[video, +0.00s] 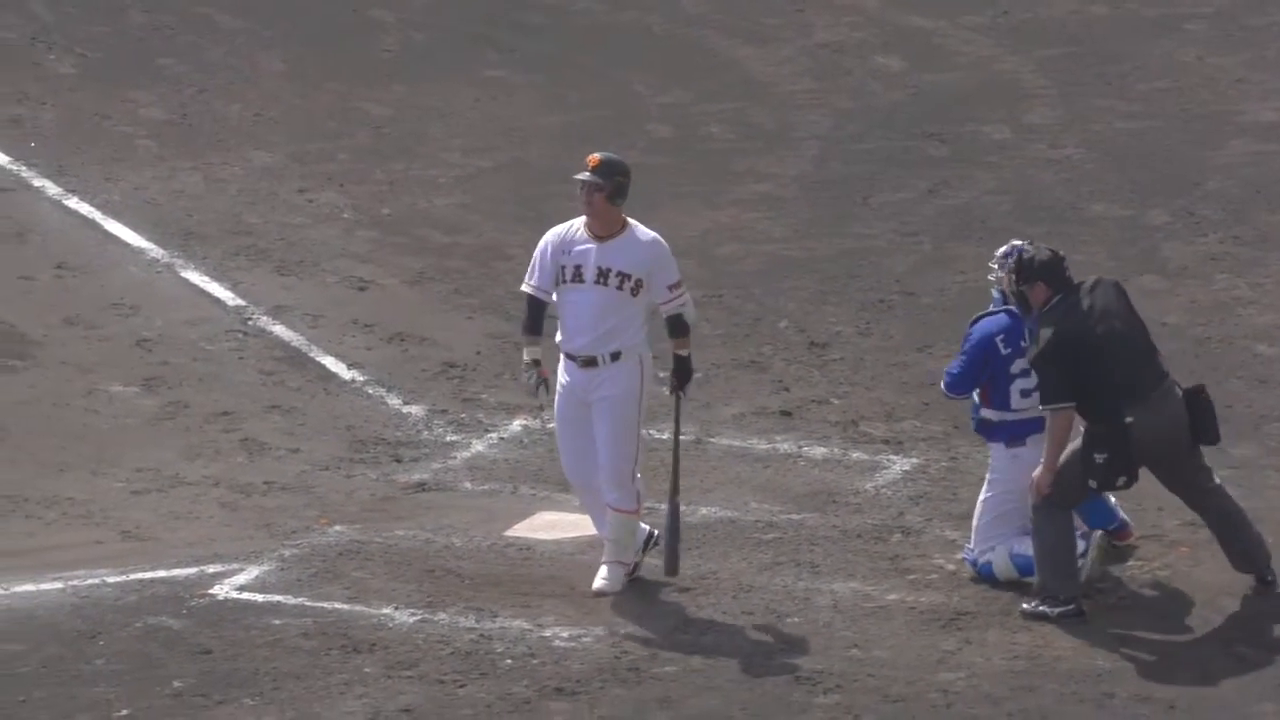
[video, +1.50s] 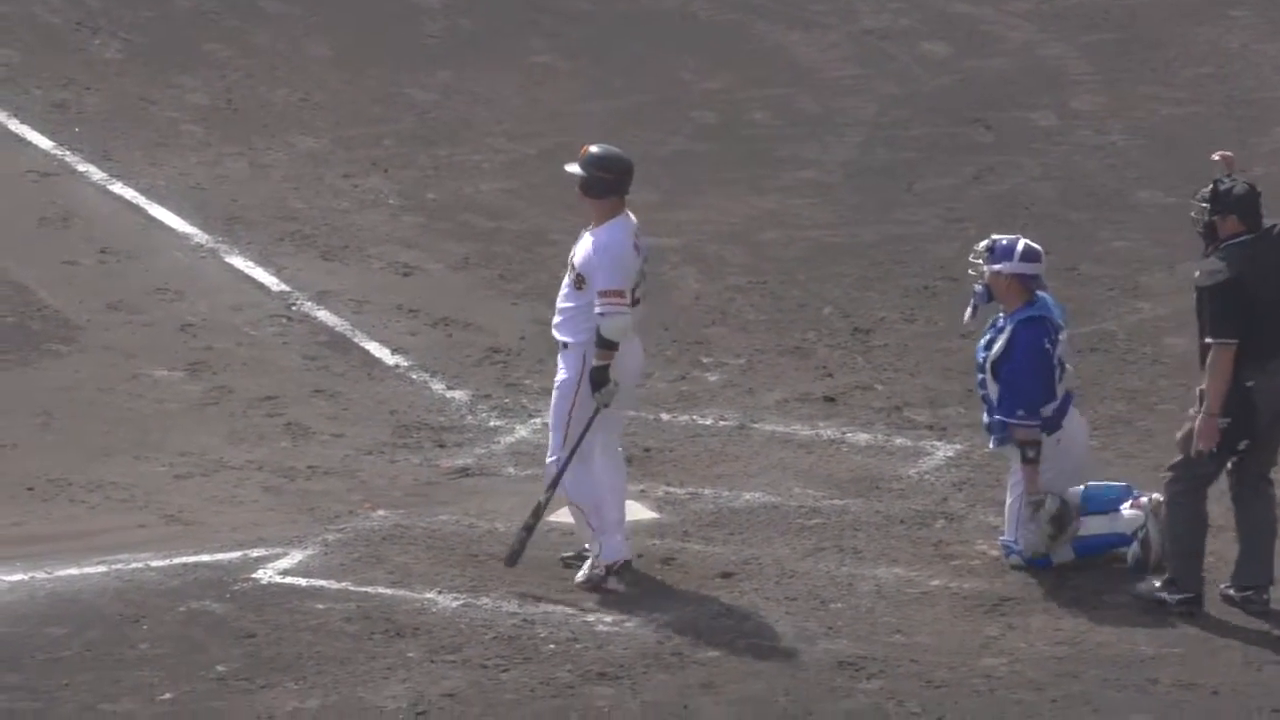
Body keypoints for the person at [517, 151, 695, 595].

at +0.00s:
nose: (586, 196)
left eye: (595, 190)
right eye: (584, 188)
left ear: (617, 195)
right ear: (581, 191)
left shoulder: (649, 247)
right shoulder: (558, 240)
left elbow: (675, 309)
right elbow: (536, 302)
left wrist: (682, 360)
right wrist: (532, 358)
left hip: (620, 371)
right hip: (570, 371)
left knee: (616, 467)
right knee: (578, 470)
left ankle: (616, 561)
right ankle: (633, 536)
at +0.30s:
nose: (591, 208)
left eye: (599, 202)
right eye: (591, 201)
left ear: (624, 207)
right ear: (594, 204)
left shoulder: (654, 260)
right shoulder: (579, 248)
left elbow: (674, 328)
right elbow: (553, 300)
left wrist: (666, 383)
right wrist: (528, 336)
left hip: (625, 382)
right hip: (580, 380)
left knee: (624, 473)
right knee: (573, 471)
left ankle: (633, 571)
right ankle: (625, 542)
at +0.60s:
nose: (587, 211)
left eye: (594, 205)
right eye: (587, 204)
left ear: (617, 211)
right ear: (599, 209)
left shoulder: (646, 260)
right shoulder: (582, 250)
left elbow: (658, 329)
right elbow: (574, 315)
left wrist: (637, 378)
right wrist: (560, 364)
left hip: (620, 385)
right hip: (577, 385)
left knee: (629, 480)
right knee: (578, 479)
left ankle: (643, 575)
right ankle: (585, 570)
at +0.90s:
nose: (579, 203)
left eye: (585, 198)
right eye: (580, 197)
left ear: (607, 206)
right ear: (605, 204)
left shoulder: (639, 262)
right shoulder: (580, 238)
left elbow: (649, 333)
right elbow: (552, 292)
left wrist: (630, 384)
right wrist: (519, 337)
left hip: (602, 378)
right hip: (566, 374)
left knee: (601, 471)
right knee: (578, 470)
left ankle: (643, 553)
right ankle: (596, 559)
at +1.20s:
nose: (577, 193)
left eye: (583, 189)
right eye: (578, 187)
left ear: (603, 196)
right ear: (607, 194)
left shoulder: (625, 250)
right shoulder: (586, 228)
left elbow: (634, 322)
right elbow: (570, 286)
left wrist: (624, 375)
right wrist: (539, 325)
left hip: (593, 366)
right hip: (567, 360)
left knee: (563, 461)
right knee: (589, 456)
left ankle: (629, 535)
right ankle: (600, 546)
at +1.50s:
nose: (577, 187)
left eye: (583, 182)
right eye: (580, 180)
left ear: (598, 189)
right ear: (616, 189)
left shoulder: (608, 245)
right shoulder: (618, 226)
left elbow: (613, 318)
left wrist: (600, 370)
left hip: (587, 357)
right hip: (609, 350)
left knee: (565, 460)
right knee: (599, 449)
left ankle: (606, 551)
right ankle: (608, 544)